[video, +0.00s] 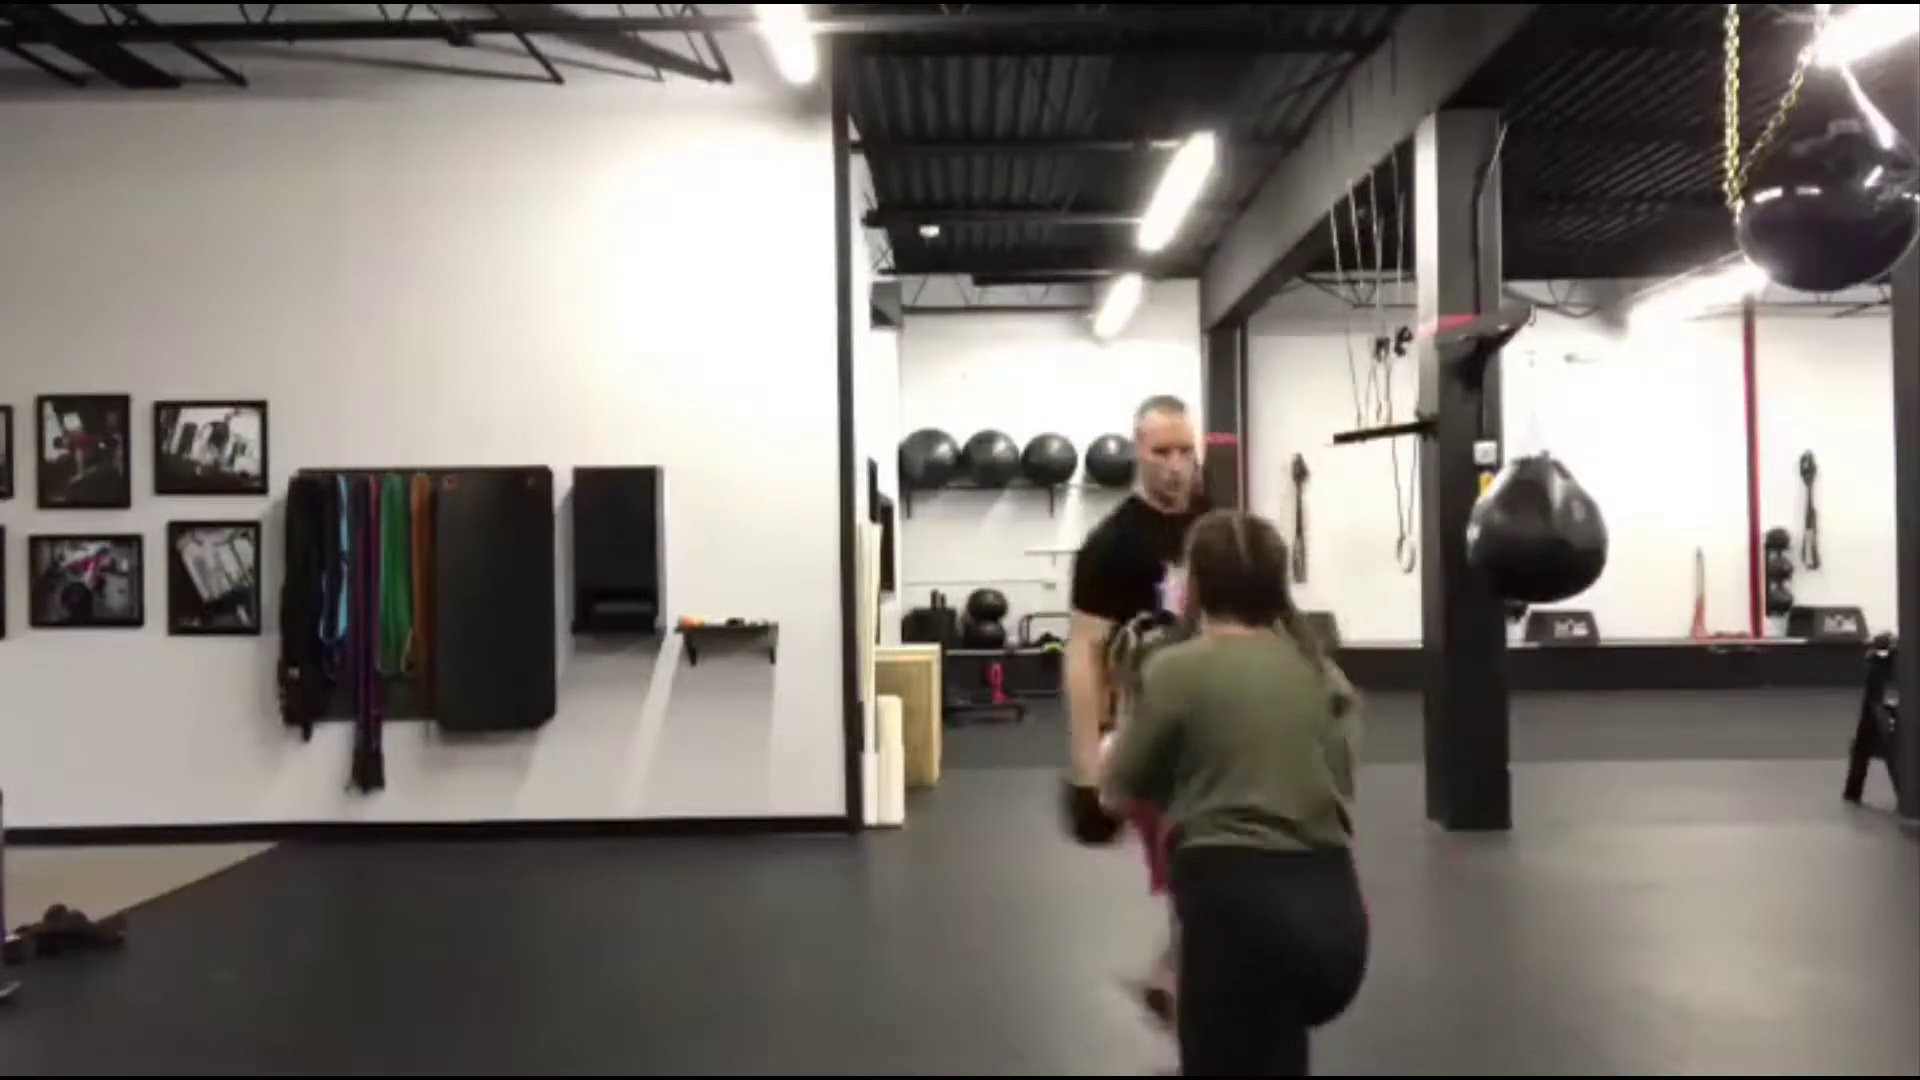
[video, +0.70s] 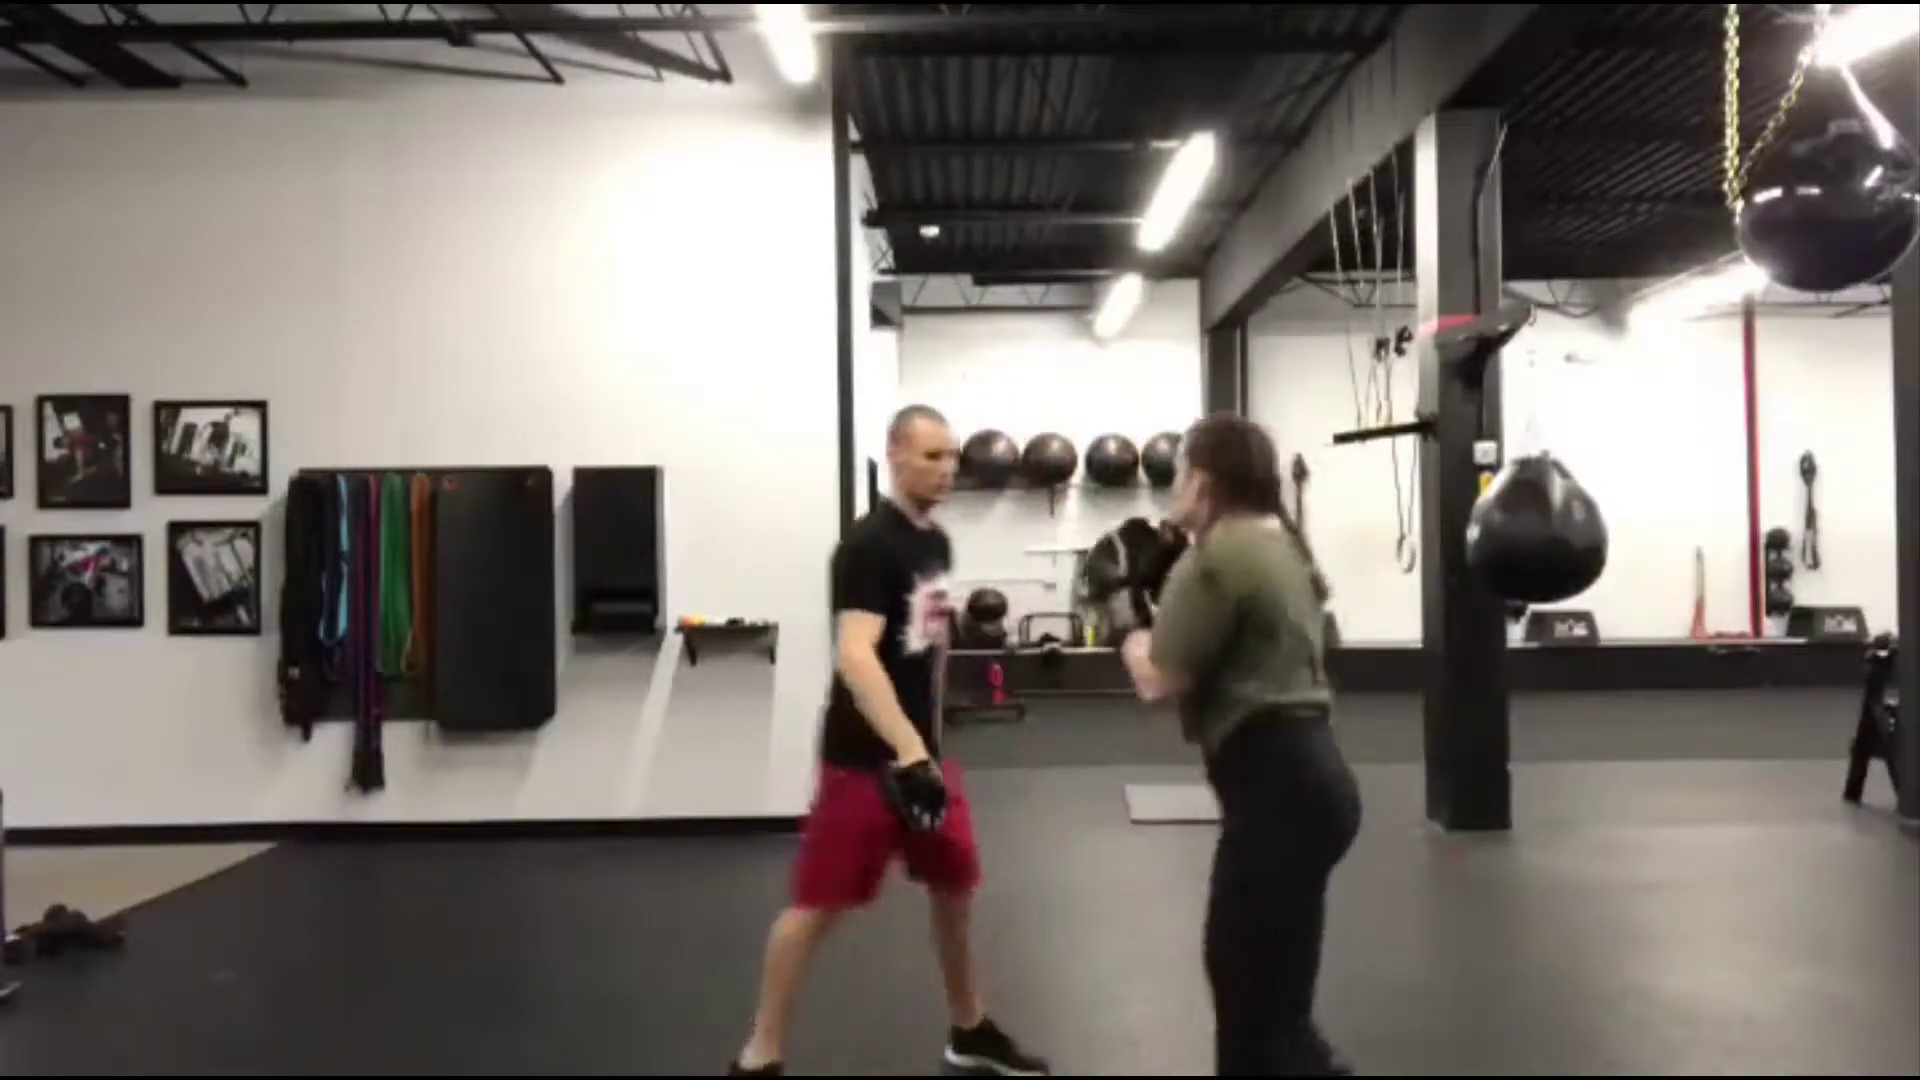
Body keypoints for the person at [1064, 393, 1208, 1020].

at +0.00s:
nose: (1174, 466)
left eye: (1184, 451)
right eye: (1160, 453)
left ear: (1200, 451)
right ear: (1136, 456)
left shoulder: (1222, 527)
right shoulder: (1113, 541)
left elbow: (1258, 625)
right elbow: (1086, 648)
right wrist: (1087, 764)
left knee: (1236, 851)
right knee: (1187, 863)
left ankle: (1179, 976)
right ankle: (1173, 977)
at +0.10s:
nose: (1142, 472)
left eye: (1152, 459)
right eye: (1128, 458)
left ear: (1164, 461)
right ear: (1101, 462)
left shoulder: (1178, 537)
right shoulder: (1079, 548)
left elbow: (1200, 628)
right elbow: (1044, 652)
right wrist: (1033, 757)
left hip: (1170, 718)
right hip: (1103, 731)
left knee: (1147, 876)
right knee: (1165, 891)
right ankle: (1211, 1036)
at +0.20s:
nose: (1110, 482)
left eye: (1120, 469)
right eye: (1097, 468)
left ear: (1132, 475)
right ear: (1069, 472)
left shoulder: (1137, 555)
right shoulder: (1040, 553)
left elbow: (1150, 651)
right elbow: (993, 652)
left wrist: (1172, 739)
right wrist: (989, 759)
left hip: (1106, 748)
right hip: (1061, 751)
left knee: (1064, 891)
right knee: (1146, 888)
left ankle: (984, 1015)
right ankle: (1190, 1048)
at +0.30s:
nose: (1078, 476)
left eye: (1086, 464)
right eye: (1066, 463)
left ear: (1094, 469)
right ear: (1035, 464)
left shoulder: (1085, 546)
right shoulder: (1002, 547)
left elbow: (1097, 638)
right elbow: (957, 645)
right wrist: (958, 758)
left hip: (1056, 741)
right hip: (1015, 747)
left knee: (1029, 893)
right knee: (1107, 872)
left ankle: (976, 1023)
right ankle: (1112, 1045)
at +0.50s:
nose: (1009, 461)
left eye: (1016, 448)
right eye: (994, 447)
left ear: (1022, 452)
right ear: (960, 449)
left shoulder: (1015, 537)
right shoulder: (936, 534)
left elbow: (1027, 639)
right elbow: (898, 639)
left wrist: (1044, 727)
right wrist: (924, 748)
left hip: (1003, 736)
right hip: (954, 739)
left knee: (992, 887)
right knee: (979, 886)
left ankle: (974, 1026)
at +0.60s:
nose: (978, 465)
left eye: (983, 453)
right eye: (964, 452)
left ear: (983, 459)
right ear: (927, 454)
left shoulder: (973, 538)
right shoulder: (905, 539)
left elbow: (965, 640)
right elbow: (876, 646)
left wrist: (976, 724)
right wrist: (917, 750)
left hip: (969, 750)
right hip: (916, 752)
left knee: (982, 884)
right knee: (891, 895)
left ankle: (972, 1026)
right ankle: (783, 1043)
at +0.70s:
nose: (946, 471)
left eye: (952, 459)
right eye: (933, 457)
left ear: (952, 465)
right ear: (892, 458)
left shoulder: (934, 543)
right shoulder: (868, 545)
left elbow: (919, 649)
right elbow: (854, 655)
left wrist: (927, 740)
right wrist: (912, 756)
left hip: (923, 756)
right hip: (859, 762)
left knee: (957, 884)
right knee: (815, 906)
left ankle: (969, 1027)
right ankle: (761, 1055)